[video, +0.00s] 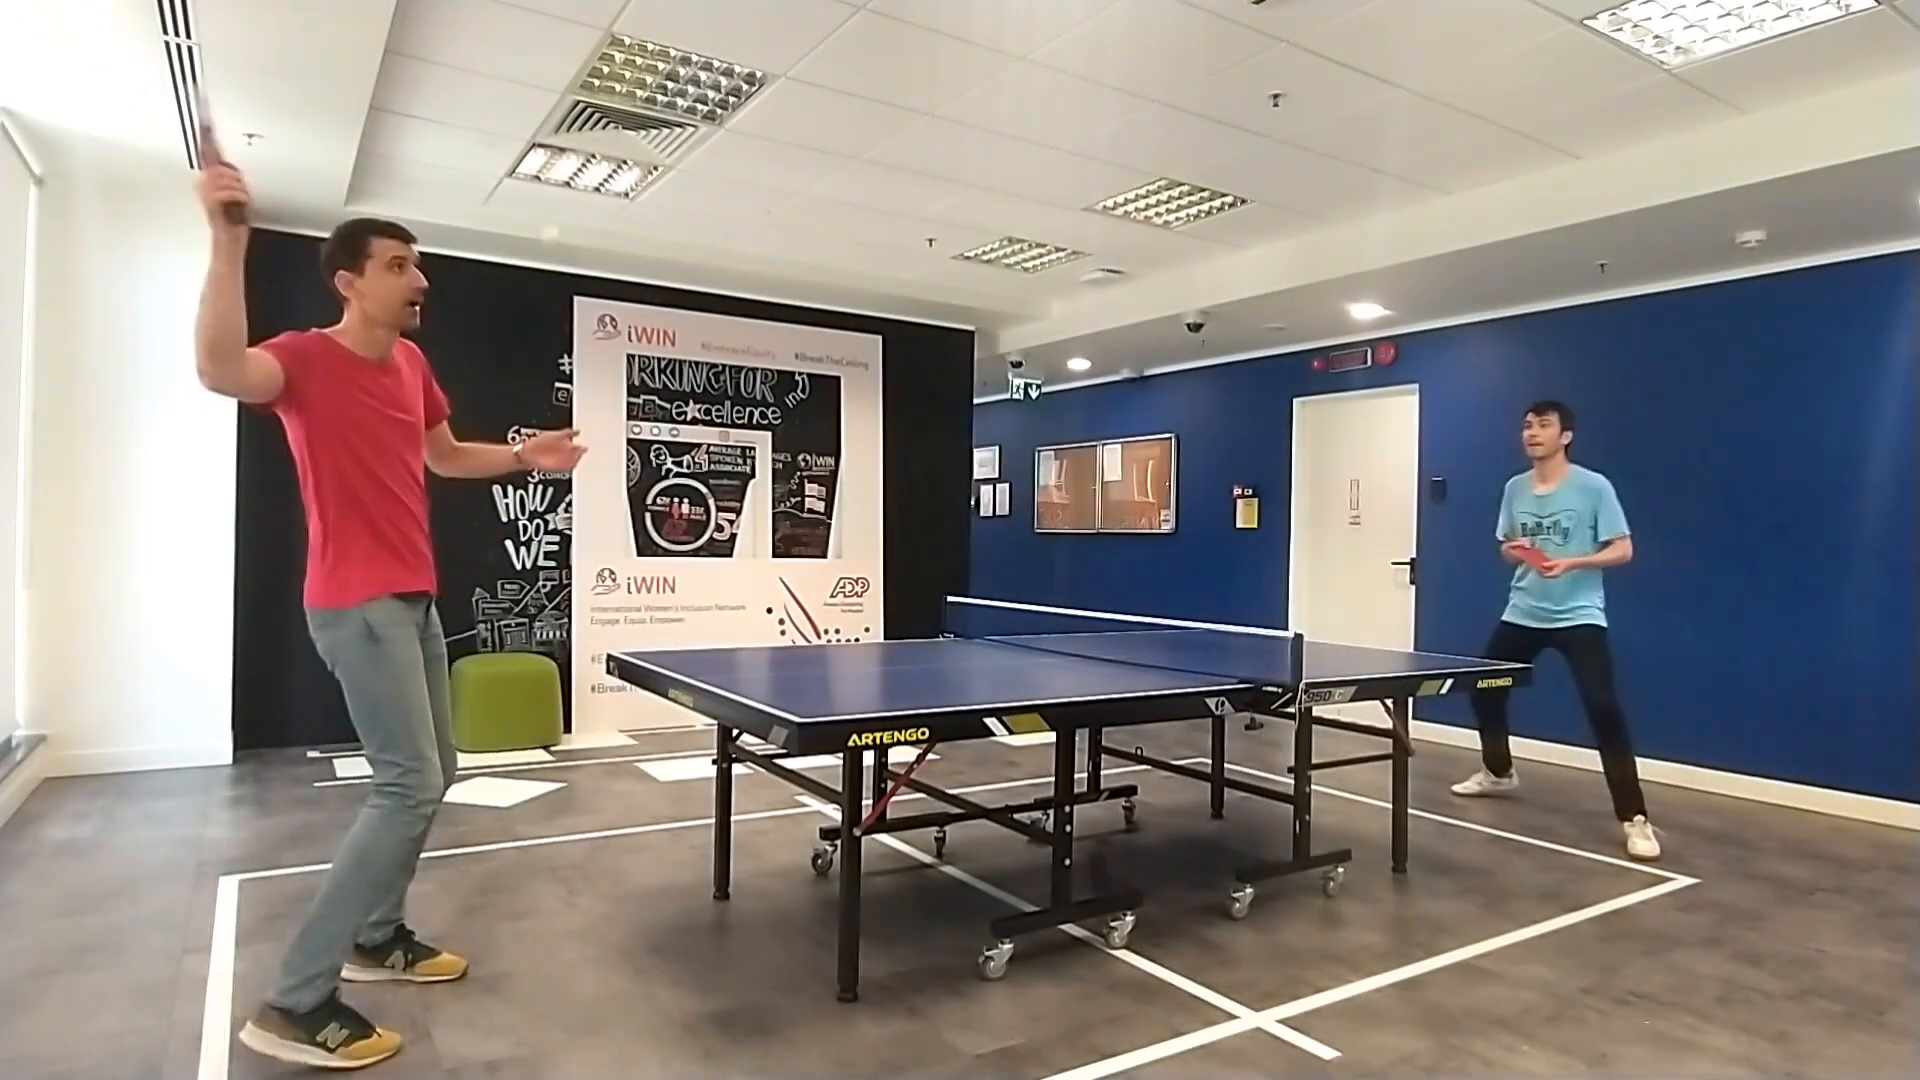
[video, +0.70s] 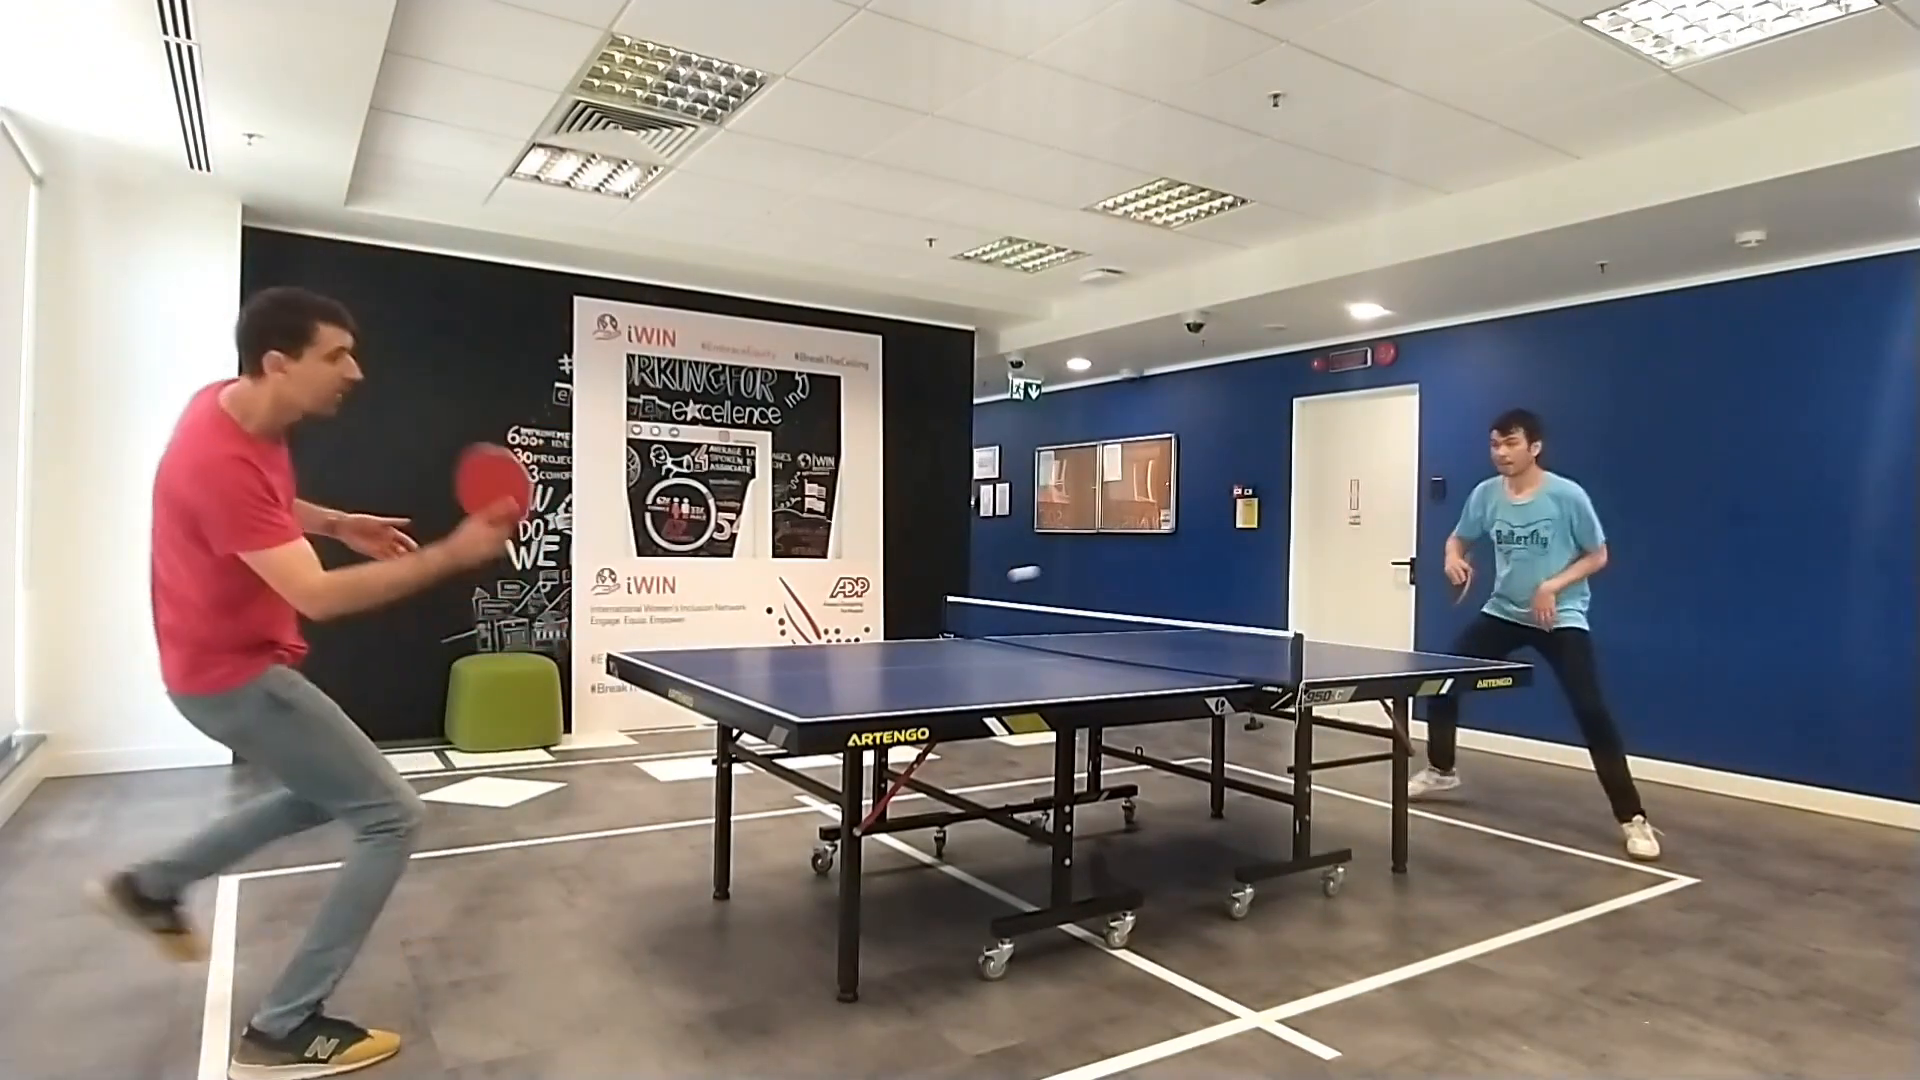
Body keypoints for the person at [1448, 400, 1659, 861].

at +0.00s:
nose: (1531, 432)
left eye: (1541, 425)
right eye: (1527, 426)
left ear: (1565, 436)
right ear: (1523, 438)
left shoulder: (1594, 486)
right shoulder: (1515, 488)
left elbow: (1622, 550)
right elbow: (1504, 550)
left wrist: (1570, 562)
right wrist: (1515, 551)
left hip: (1579, 615)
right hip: (1523, 612)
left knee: (1604, 708)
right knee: (1484, 685)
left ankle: (1634, 820)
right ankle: (1498, 773)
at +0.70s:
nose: (1500, 450)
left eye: (1509, 442)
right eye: (1495, 443)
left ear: (1535, 446)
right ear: (1492, 450)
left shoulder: (1568, 495)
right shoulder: (1485, 494)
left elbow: (1598, 555)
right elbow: (1458, 539)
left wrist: (1552, 585)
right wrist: (1452, 558)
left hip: (1560, 620)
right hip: (1502, 614)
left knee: (1591, 710)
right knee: (1441, 676)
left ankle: (1633, 820)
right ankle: (1441, 772)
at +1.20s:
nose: (1380, 494)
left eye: (1384, 484)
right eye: (1378, 487)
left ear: (1409, 477)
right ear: (1401, 484)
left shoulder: (1465, 506)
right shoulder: (1405, 538)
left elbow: (1518, 550)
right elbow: (1362, 570)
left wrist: (1475, 587)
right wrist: (1317, 555)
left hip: (1523, 627)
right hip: (1469, 631)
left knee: (1577, 709)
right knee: (1406, 680)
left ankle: (1648, 812)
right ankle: (1405, 776)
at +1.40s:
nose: (1426, 484)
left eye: (1434, 474)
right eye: (1424, 477)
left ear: (1463, 475)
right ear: (1433, 486)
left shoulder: (1508, 511)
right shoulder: (1435, 535)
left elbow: (1554, 563)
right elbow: (1392, 585)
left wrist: (1514, 588)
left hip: (1541, 636)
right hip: (1483, 639)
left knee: (1602, 716)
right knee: (1414, 685)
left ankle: (1689, 813)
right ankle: (1405, 780)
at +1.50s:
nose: (1473, 481)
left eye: (1481, 473)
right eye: (1470, 474)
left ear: (1510, 476)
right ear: (1473, 482)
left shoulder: (1552, 517)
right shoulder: (1473, 532)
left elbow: (1592, 572)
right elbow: (1447, 579)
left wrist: (1551, 596)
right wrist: (1445, 599)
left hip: (1569, 648)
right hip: (1507, 645)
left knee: (1622, 730)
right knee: (1433, 700)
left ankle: (1698, 825)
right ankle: (1404, 780)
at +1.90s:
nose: (1565, 457)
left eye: (1574, 448)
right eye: (1562, 450)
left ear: (1601, 452)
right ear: (1561, 456)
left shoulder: (1639, 496)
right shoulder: (1564, 508)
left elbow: (1689, 550)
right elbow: (1546, 562)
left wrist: (1652, 567)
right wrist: (1510, 574)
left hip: (1658, 620)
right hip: (1606, 625)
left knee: (1683, 702)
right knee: (1560, 699)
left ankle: (1746, 812)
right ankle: (1590, 780)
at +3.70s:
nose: (1565, 483)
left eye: (1568, 473)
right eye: (1563, 475)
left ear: (1595, 466)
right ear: (1590, 471)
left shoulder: (1645, 506)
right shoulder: (1591, 517)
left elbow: (1711, 552)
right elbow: (1561, 549)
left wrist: (1660, 575)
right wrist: (1503, 538)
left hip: (1671, 629)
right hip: (1628, 632)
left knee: (1645, 701)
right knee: (1611, 705)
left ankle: (1647, 819)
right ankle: (1646, 779)